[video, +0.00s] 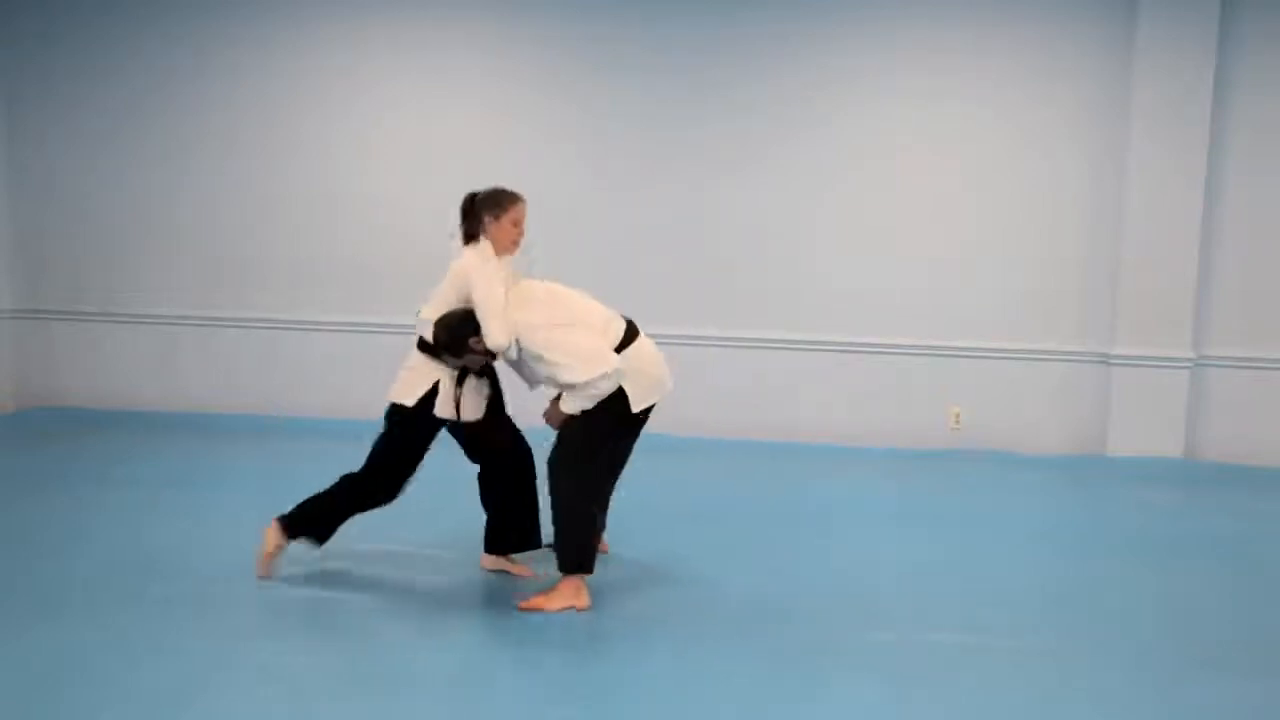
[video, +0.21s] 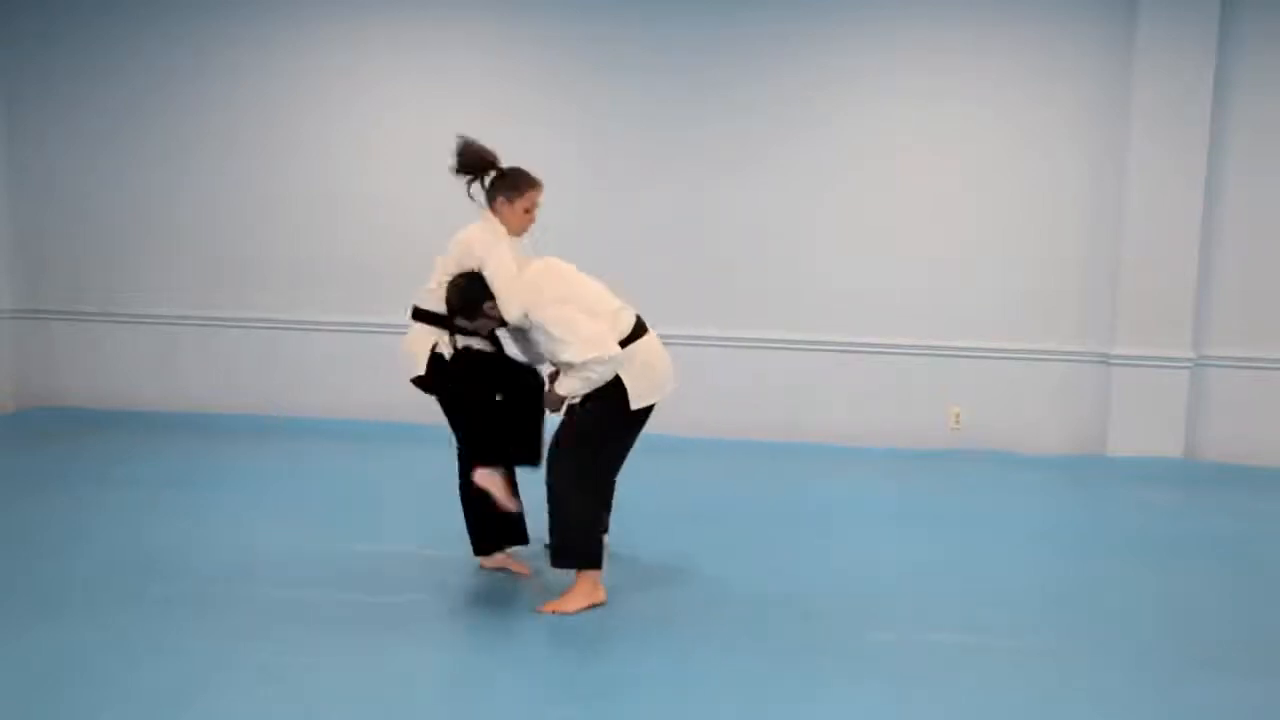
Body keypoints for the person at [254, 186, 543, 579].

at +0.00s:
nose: (522, 233)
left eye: (523, 225)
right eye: (515, 225)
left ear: (493, 226)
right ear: (489, 225)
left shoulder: (499, 265)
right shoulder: (477, 263)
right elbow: (499, 338)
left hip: (469, 386)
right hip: (430, 383)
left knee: (510, 457)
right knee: (382, 482)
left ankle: (498, 551)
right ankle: (285, 529)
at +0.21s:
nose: (534, 218)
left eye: (535, 209)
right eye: (528, 209)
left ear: (505, 205)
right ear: (502, 204)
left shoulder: (495, 239)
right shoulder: (489, 239)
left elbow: (512, 308)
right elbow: (513, 310)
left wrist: (545, 358)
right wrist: (550, 355)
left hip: (450, 347)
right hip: (440, 348)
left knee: (477, 442)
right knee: (526, 384)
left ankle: (491, 549)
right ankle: (495, 465)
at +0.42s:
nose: (566, 263)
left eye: (569, 254)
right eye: (564, 253)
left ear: (542, 242)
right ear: (542, 242)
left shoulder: (513, 264)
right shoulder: (516, 270)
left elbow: (519, 336)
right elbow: (521, 343)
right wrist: (552, 382)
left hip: (427, 368)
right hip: (427, 371)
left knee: (478, 450)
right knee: (479, 450)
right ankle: (493, 553)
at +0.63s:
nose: (562, 306)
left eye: (565, 298)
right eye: (559, 297)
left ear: (537, 287)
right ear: (538, 288)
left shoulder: (514, 308)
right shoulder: (511, 311)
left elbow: (516, 380)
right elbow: (522, 387)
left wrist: (560, 407)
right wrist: (556, 410)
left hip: (439, 405)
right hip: (407, 399)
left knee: (494, 457)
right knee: (340, 479)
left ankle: (494, 550)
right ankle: (233, 544)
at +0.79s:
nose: (549, 305)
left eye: (552, 297)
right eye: (546, 296)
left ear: (521, 291)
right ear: (520, 290)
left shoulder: (497, 321)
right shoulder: (500, 322)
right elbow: (517, 395)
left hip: (444, 421)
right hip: (410, 417)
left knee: (506, 461)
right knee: (338, 489)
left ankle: (500, 553)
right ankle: (229, 549)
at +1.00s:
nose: (535, 230)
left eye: (536, 222)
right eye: (530, 222)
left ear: (508, 219)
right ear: (504, 219)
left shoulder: (493, 256)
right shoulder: (498, 262)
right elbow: (511, 334)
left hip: (473, 379)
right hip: (438, 380)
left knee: (507, 455)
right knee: (448, 481)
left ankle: (500, 553)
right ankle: (362, 514)